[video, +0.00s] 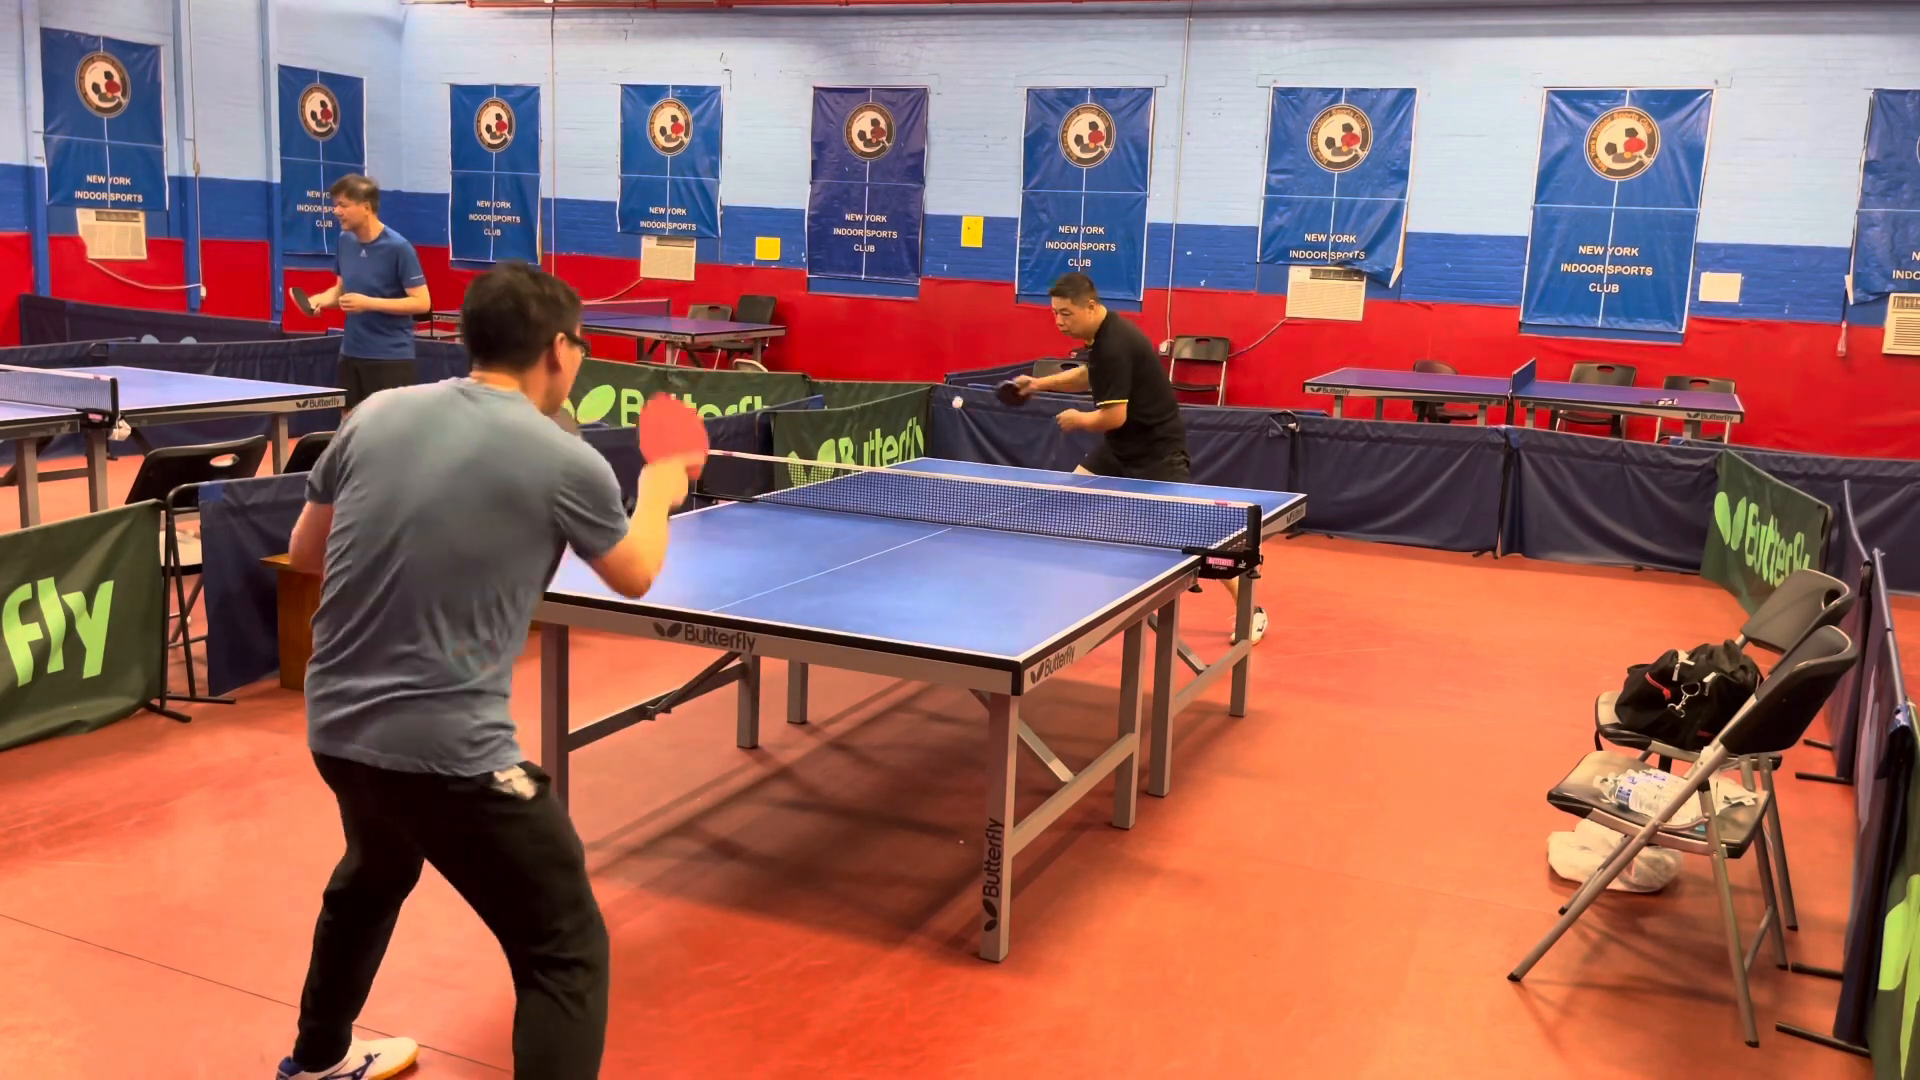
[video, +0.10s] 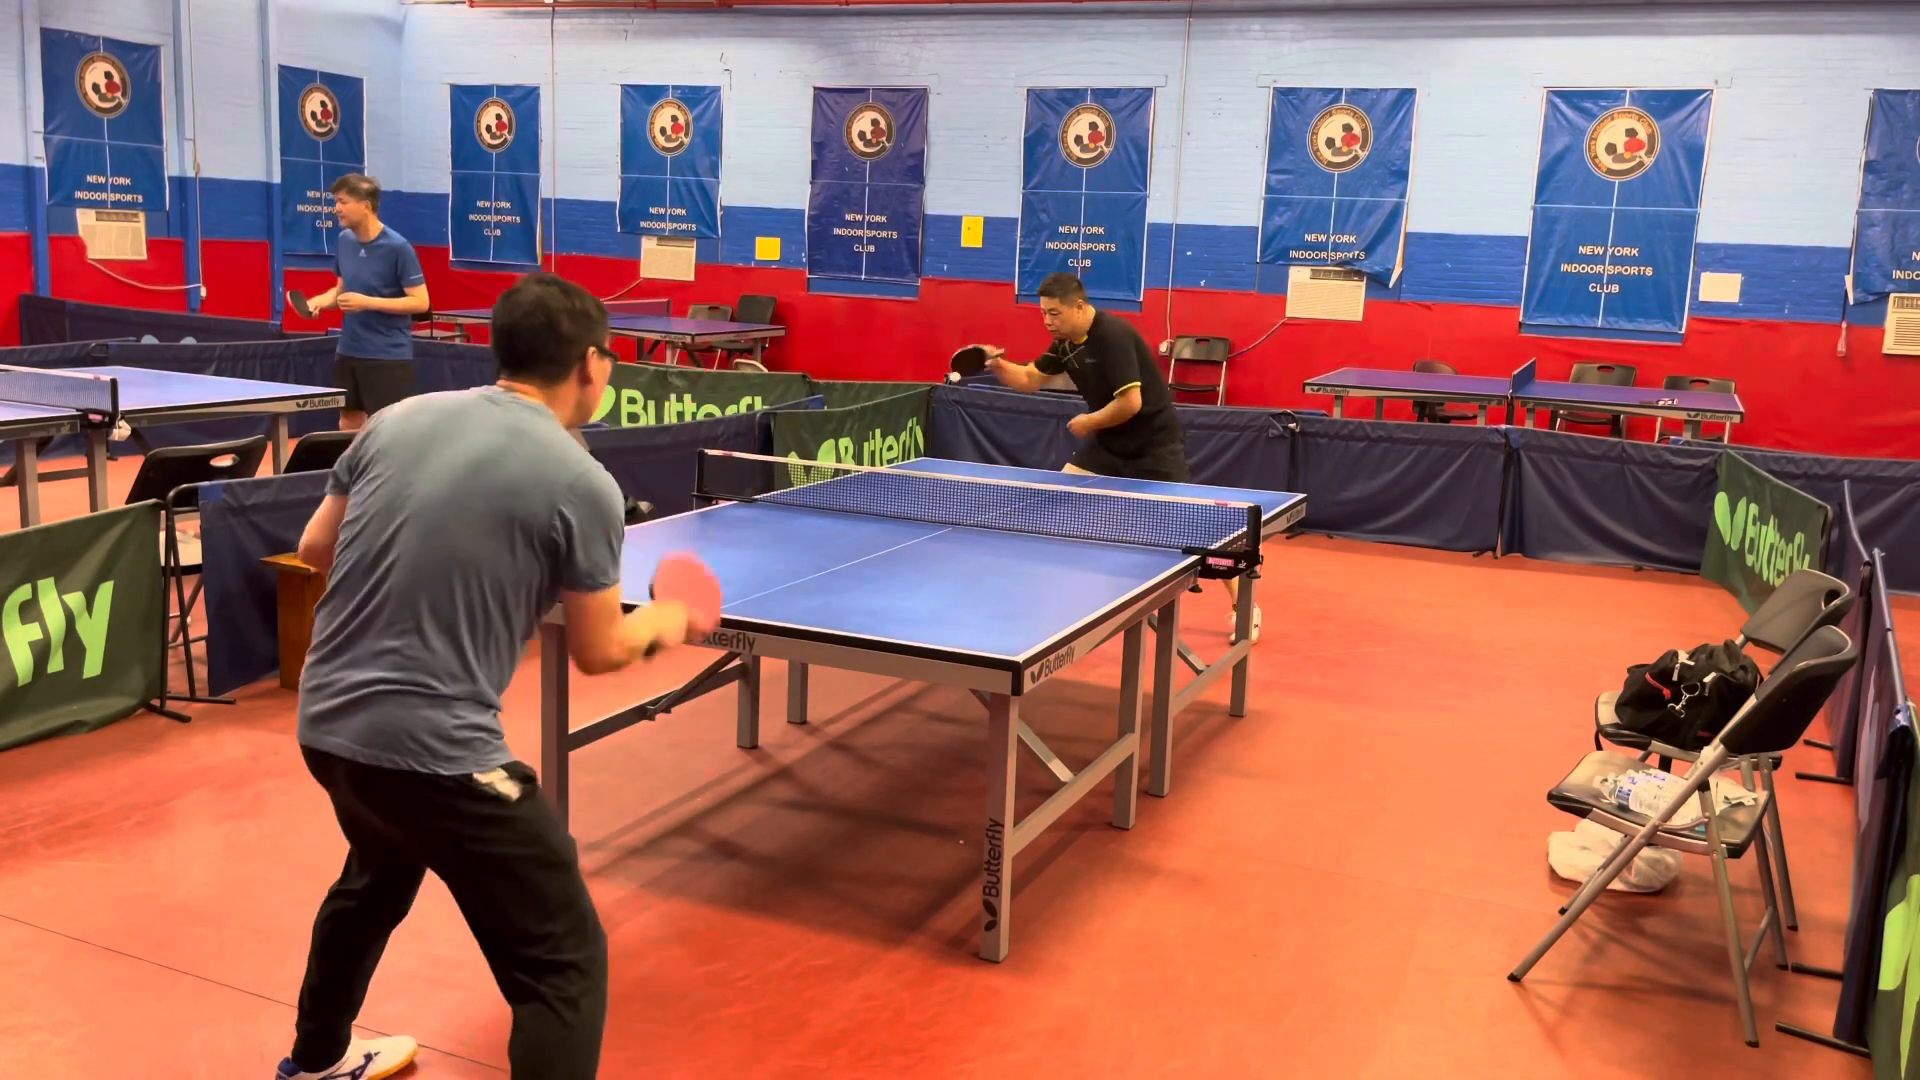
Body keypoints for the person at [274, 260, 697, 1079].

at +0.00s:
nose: (578, 360)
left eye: (576, 344)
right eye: (576, 344)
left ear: (472, 343)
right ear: (554, 349)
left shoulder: (374, 416)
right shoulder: (560, 458)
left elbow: (305, 554)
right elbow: (633, 574)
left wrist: (410, 548)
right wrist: (660, 490)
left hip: (339, 733)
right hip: (454, 750)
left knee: (375, 868)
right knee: (564, 952)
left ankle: (317, 1058)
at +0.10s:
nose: (606, 377)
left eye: (606, 360)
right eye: (605, 360)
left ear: (506, 356)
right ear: (583, 365)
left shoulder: (398, 419)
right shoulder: (580, 480)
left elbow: (316, 550)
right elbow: (597, 648)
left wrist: (423, 586)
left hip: (328, 729)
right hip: (441, 751)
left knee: (380, 865)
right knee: (563, 961)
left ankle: (316, 1056)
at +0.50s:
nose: (584, 404)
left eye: (587, 385)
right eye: (583, 383)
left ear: (524, 374)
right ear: (540, 378)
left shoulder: (447, 443)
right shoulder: (433, 466)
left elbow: (434, 596)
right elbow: (395, 641)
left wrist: (540, 635)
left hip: (360, 731)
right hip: (364, 746)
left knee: (401, 887)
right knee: (504, 947)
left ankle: (276, 1063)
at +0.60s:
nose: (537, 362)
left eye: (539, 344)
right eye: (532, 343)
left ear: (461, 339)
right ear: (486, 344)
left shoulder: (348, 404)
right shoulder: (438, 446)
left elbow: (370, 561)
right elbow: (587, 582)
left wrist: (498, 598)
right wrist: (697, 526)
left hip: (291, 717)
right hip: (352, 735)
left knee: (386, 895)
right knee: (473, 933)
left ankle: (273, 1064)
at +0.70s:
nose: (519, 355)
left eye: (521, 337)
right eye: (516, 336)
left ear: (415, 332)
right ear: (480, 339)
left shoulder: (317, 408)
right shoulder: (468, 446)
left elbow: (310, 554)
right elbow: (626, 494)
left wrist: (447, 592)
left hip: (253, 723)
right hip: (345, 746)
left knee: (356, 880)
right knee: (468, 942)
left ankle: (269, 1064)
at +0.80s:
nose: (524, 362)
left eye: (523, 346)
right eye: (520, 346)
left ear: (413, 343)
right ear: (488, 351)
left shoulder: (312, 416)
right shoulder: (479, 457)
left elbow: (300, 545)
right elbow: (617, 495)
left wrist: (418, 595)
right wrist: (636, 391)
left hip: (246, 737)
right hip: (351, 757)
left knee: (322, 883)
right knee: (481, 959)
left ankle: (267, 1063)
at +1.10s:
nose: (621, 405)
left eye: (621, 386)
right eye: (620, 387)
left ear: (511, 380)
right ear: (598, 394)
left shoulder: (407, 443)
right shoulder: (562, 519)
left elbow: (321, 575)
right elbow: (553, 710)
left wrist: (447, 657)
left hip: (281, 747)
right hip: (386, 778)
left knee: (332, 889)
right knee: (544, 981)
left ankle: (259, 1063)